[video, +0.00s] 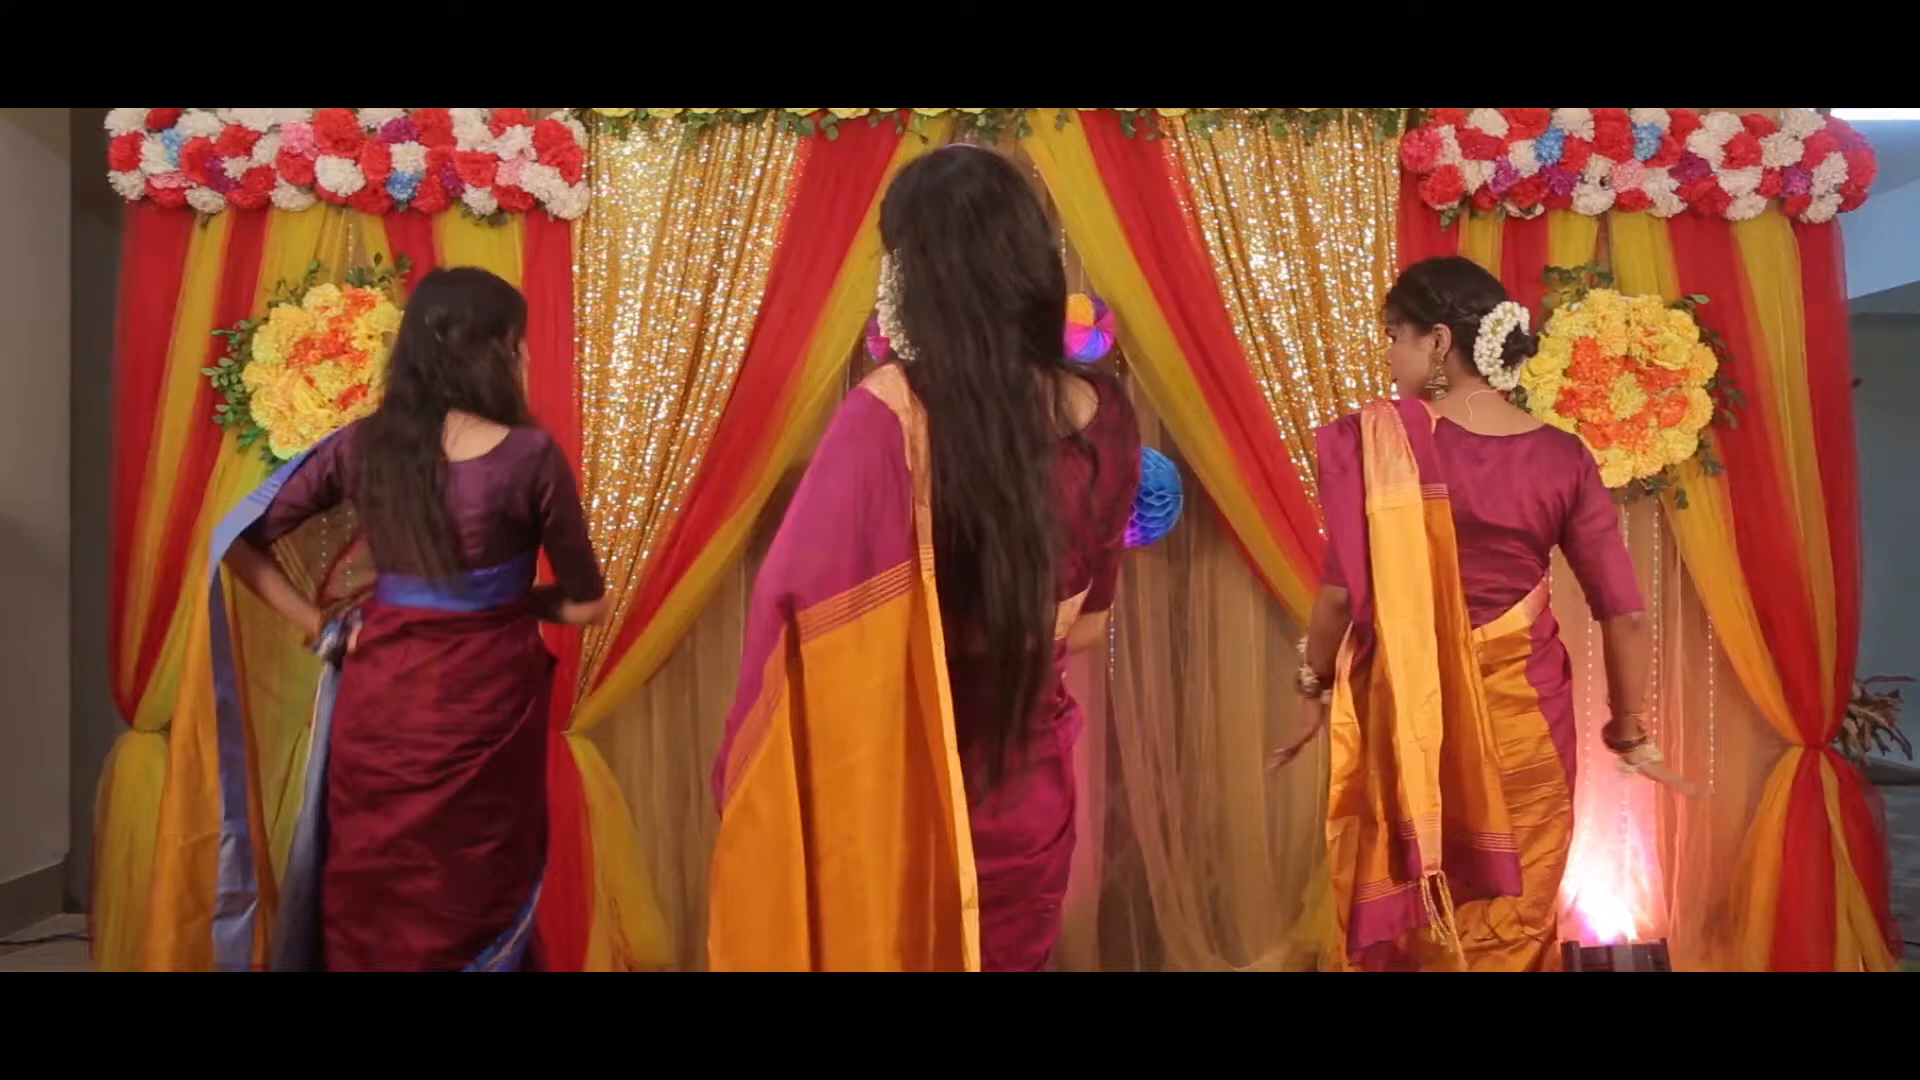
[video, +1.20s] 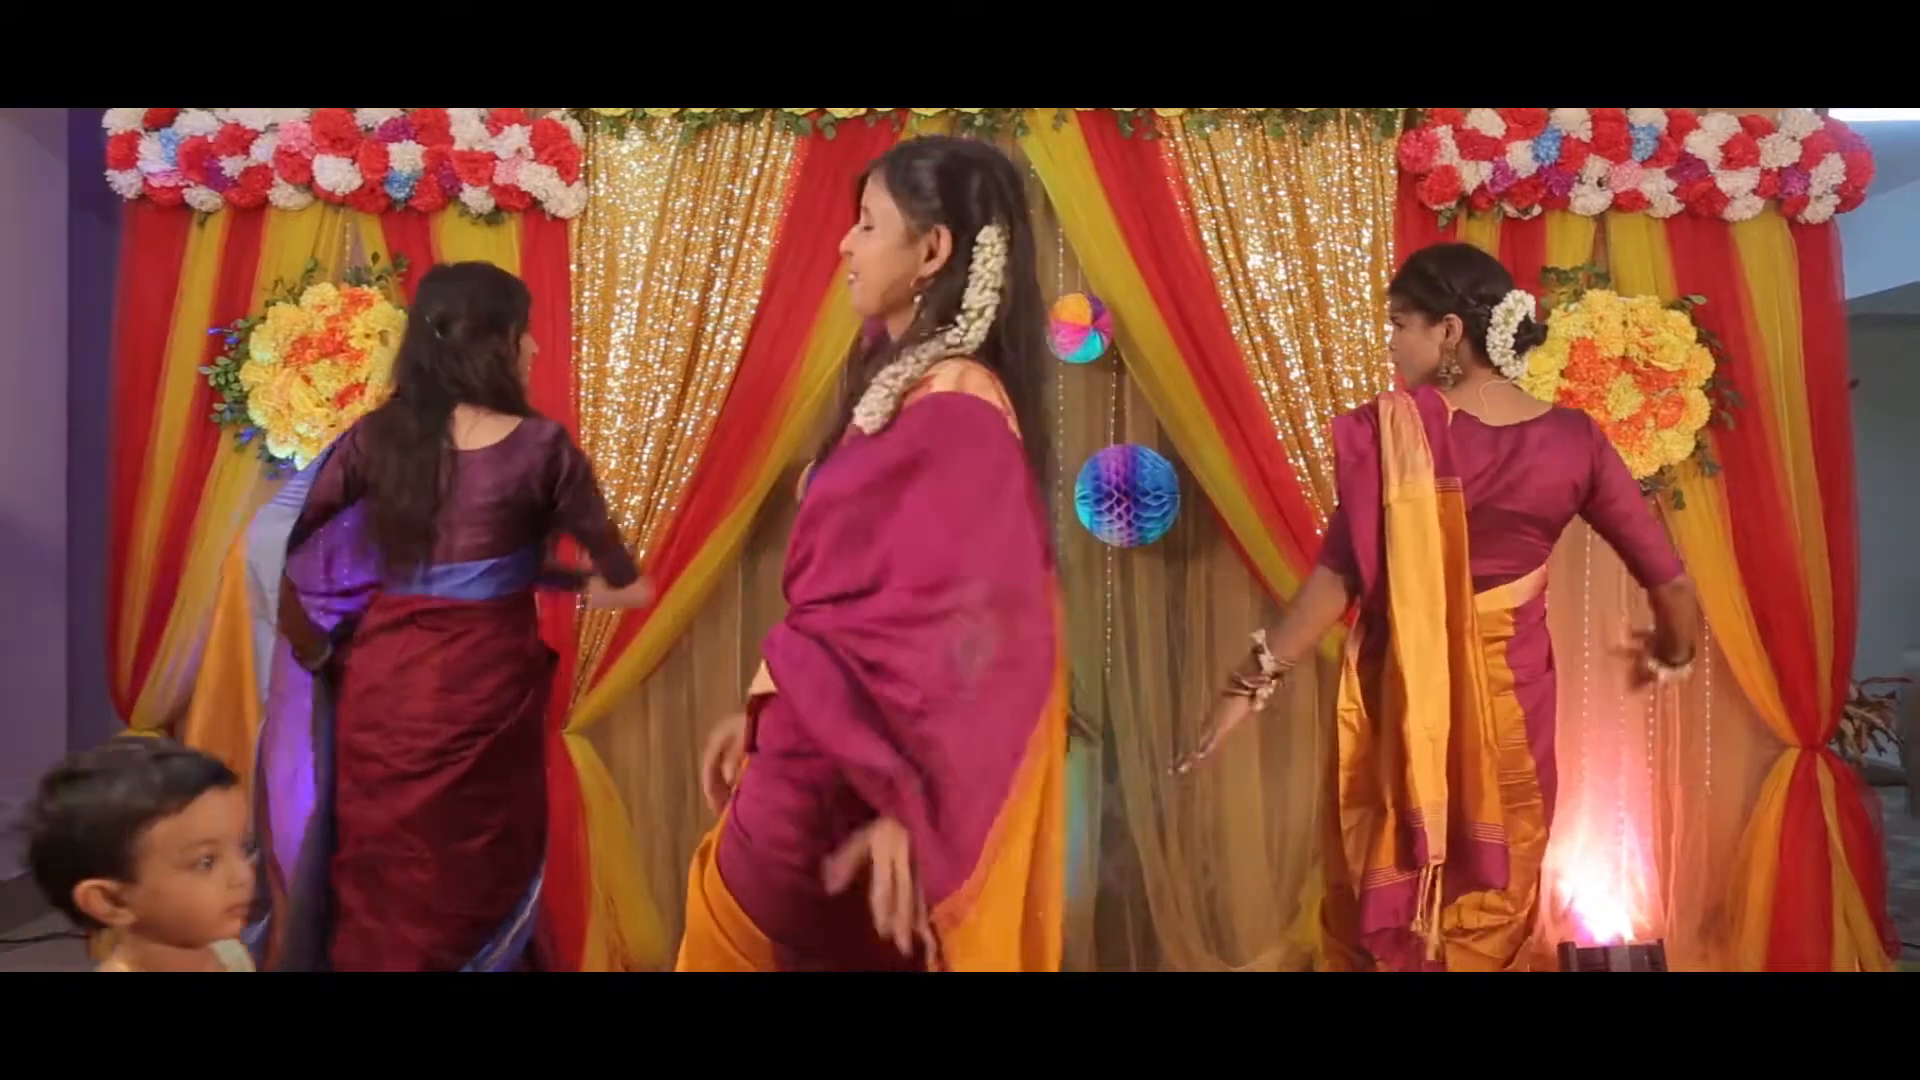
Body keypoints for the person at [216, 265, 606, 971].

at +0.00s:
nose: (527, 358)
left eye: (524, 342)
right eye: (519, 342)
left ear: (424, 348)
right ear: (492, 352)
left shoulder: (365, 442)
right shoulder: (529, 454)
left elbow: (239, 538)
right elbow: (587, 601)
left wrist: (315, 624)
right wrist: (512, 594)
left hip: (380, 689)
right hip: (489, 695)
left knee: (365, 885)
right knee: (481, 887)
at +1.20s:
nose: (535, 346)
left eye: (531, 331)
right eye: (525, 332)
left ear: (431, 341)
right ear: (494, 345)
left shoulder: (374, 436)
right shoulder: (542, 446)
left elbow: (293, 541)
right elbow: (618, 574)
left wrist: (315, 646)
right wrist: (527, 565)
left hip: (383, 673)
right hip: (489, 679)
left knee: (375, 868)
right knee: (478, 871)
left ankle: (378, 963)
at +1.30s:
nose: (532, 342)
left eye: (528, 329)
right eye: (526, 330)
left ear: (427, 338)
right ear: (508, 340)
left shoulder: (385, 435)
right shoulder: (555, 439)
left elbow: (299, 538)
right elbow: (680, 538)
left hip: (387, 668)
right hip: (490, 677)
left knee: (377, 861)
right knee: (477, 859)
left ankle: (373, 963)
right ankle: (471, 964)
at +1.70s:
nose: (424, 352)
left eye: (430, 337)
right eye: (430, 334)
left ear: (435, 350)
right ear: (523, 351)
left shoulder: (384, 441)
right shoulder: (556, 460)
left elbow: (300, 558)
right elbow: (630, 519)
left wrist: (201, 602)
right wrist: (656, 410)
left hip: (395, 667)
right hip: (495, 672)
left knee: (389, 849)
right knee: (486, 857)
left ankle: (393, 960)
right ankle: (477, 961)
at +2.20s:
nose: (421, 382)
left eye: (425, 364)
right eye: (420, 365)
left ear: (467, 360)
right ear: (500, 360)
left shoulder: (414, 448)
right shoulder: (557, 460)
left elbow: (345, 594)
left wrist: (197, 646)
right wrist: (583, 396)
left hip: (417, 702)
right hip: (506, 702)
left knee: (401, 900)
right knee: (481, 908)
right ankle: (475, 962)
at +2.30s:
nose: (415, 369)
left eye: (426, 350)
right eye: (413, 352)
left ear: (484, 347)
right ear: (491, 352)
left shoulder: (428, 445)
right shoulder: (568, 450)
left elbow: (387, 599)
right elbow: (524, 422)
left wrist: (218, 638)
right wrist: (546, 354)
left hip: (416, 691)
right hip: (499, 693)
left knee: (395, 879)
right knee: (477, 876)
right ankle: (475, 962)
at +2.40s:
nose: (414, 370)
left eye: (428, 350)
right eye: (411, 353)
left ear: (489, 349)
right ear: (492, 354)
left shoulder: (434, 447)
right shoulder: (544, 447)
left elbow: (392, 605)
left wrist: (227, 636)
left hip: (428, 707)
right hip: (499, 705)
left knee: (406, 911)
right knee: (481, 921)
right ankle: (480, 960)